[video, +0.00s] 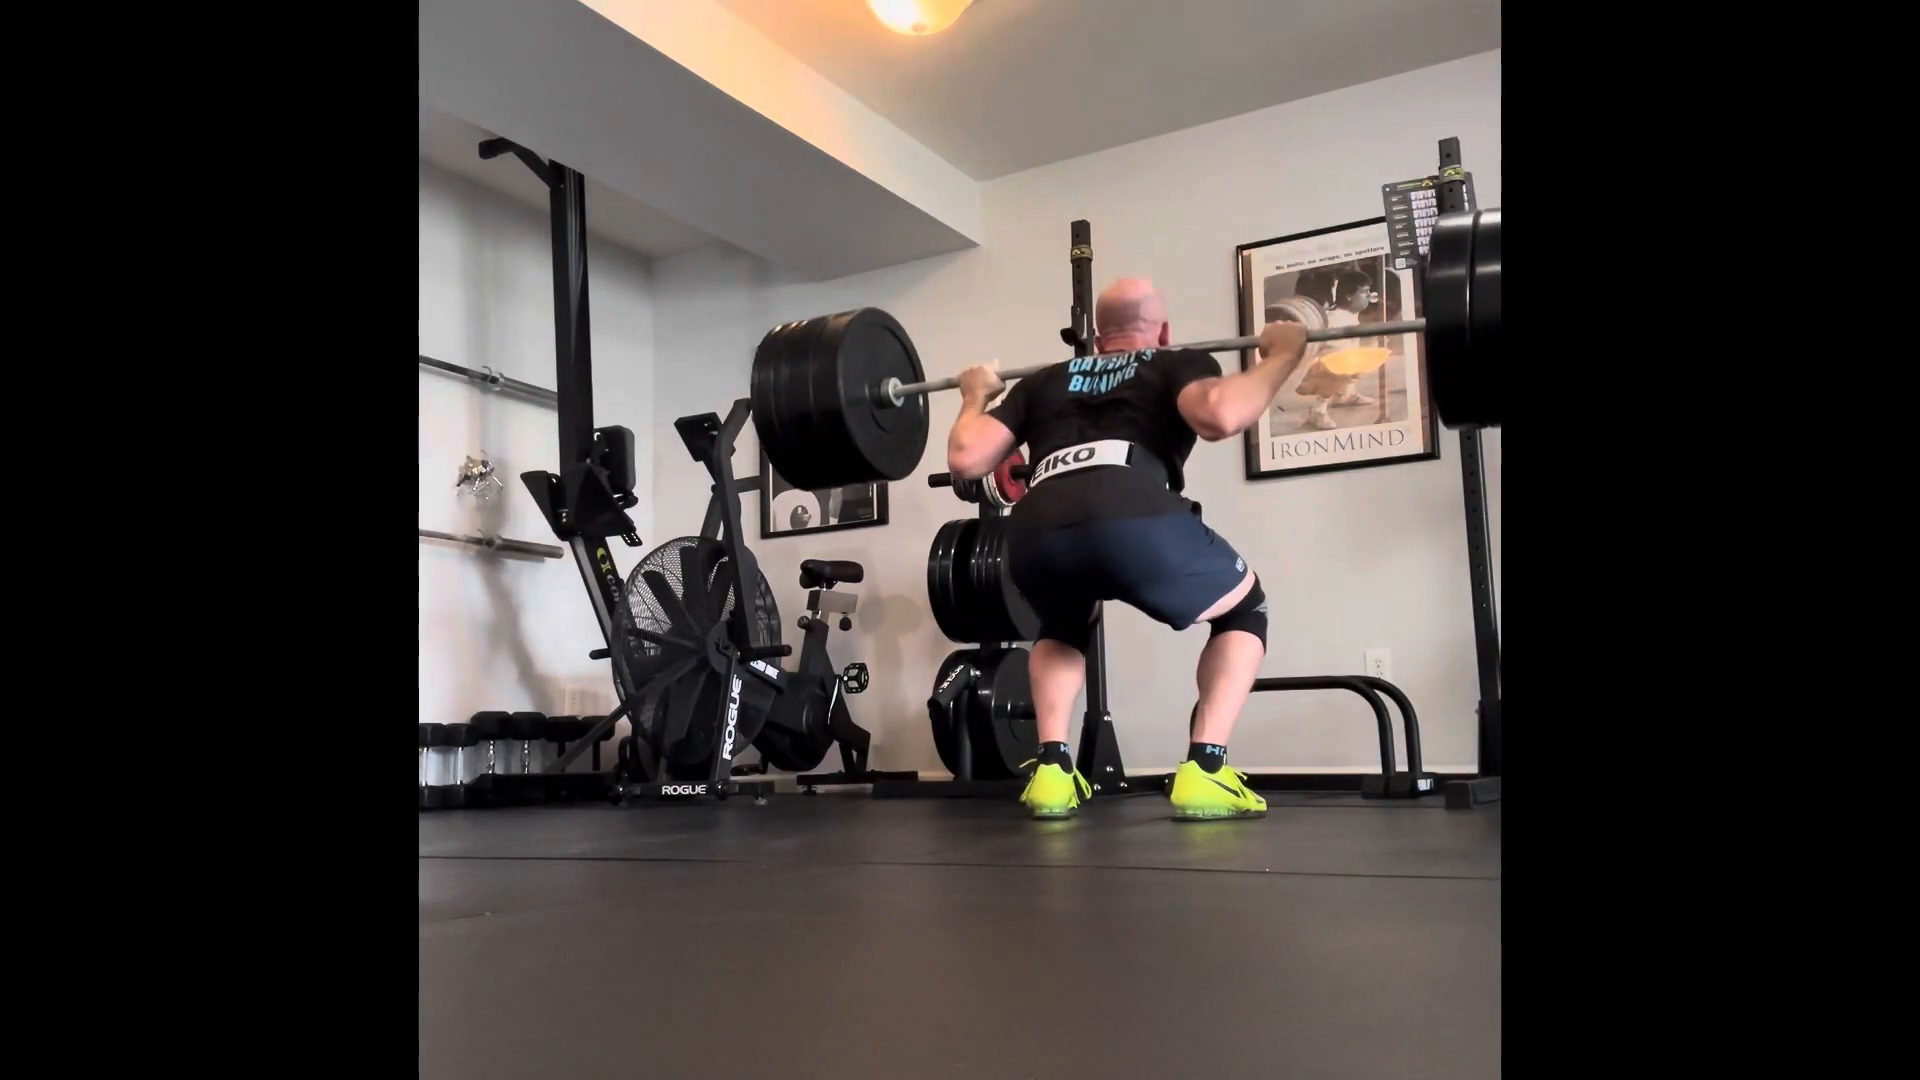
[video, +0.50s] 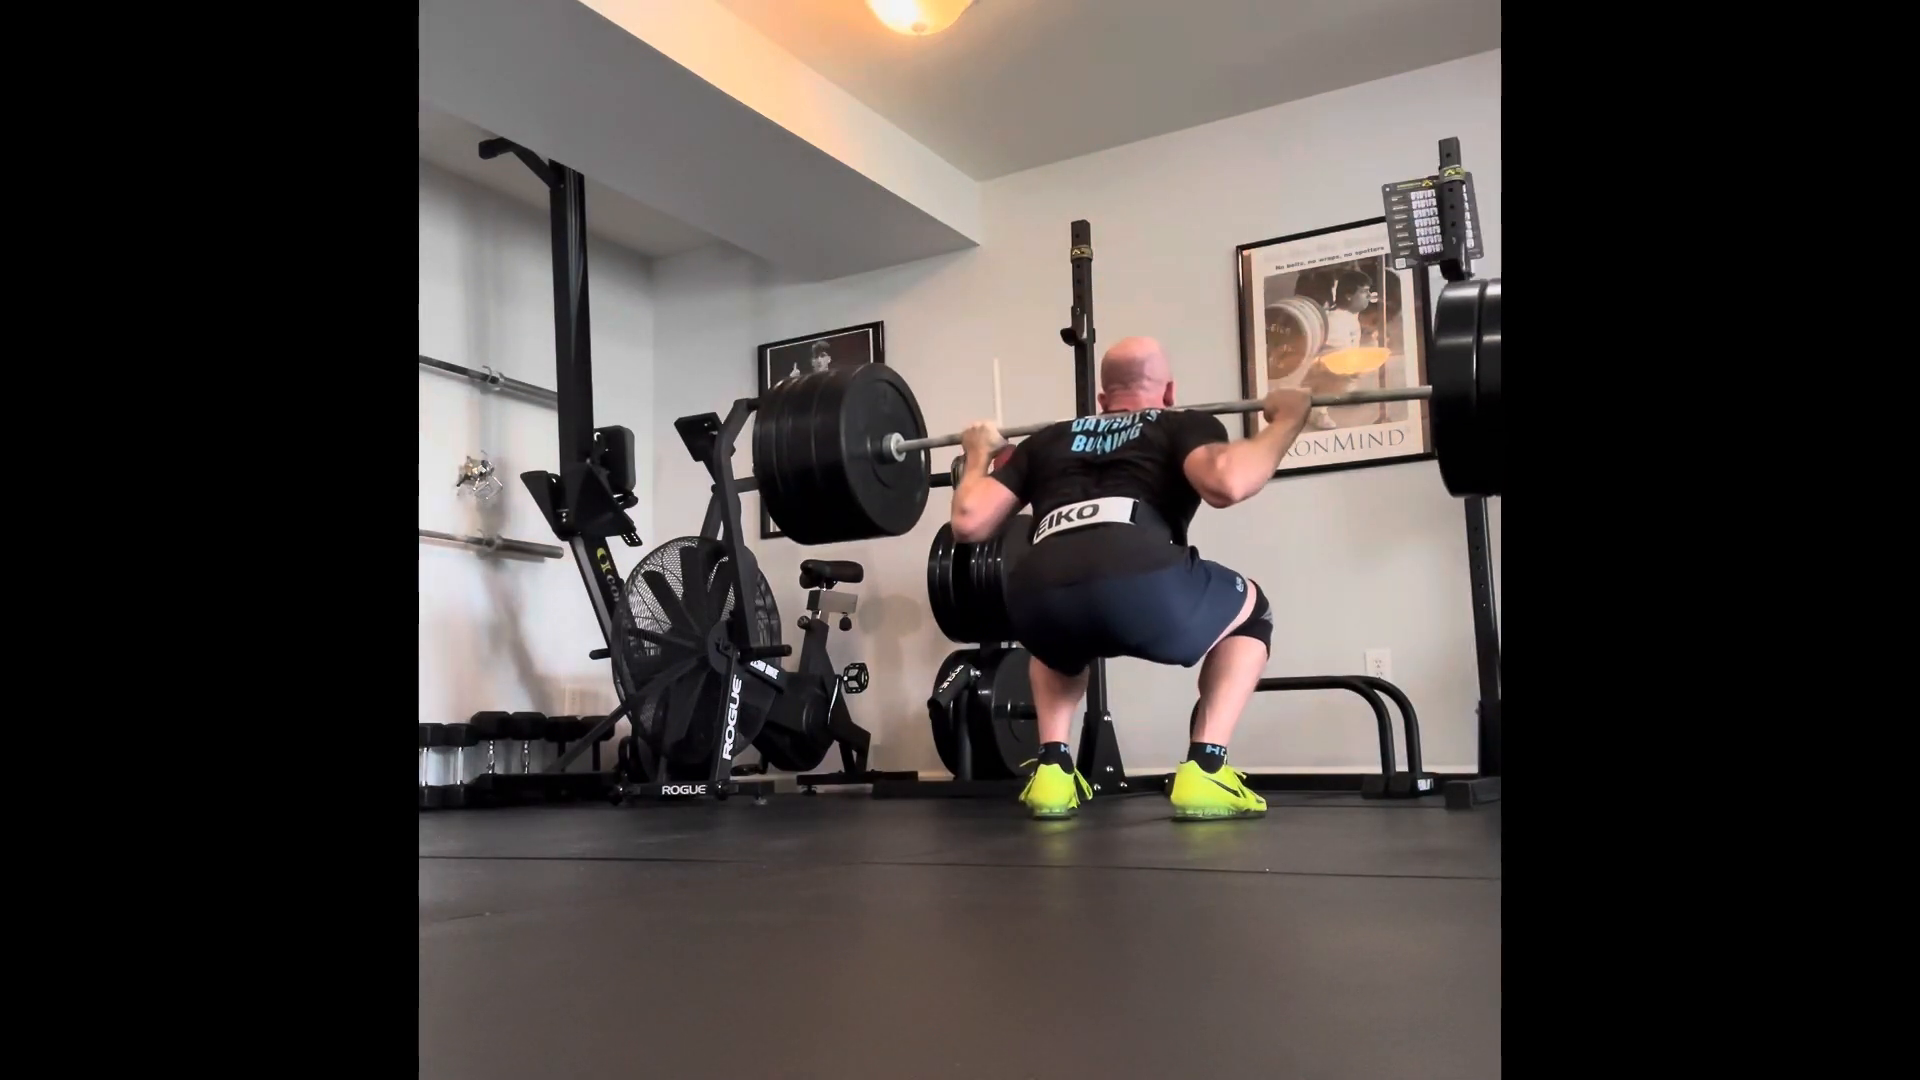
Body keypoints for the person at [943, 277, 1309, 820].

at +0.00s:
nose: (1164, 332)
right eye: (1163, 326)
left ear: (1096, 334)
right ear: (1159, 331)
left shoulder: (1043, 381)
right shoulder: (1174, 363)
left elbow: (965, 459)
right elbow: (1220, 416)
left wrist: (972, 397)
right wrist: (1281, 357)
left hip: (1036, 523)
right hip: (1130, 509)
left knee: (1061, 627)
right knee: (1242, 609)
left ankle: (1051, 768)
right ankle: (1206, 766)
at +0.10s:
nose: (1164, 346)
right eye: (1163, 340)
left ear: (1098, 348)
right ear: (1160, 345)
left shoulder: (1042, 395)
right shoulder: (1174, 377)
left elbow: (965, 475)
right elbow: (1221, 431)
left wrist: (972, 410)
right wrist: (1280, 371)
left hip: (1034, 538)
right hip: (1131, 526)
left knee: (1061, 629)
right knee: (1243, 611)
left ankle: (1051, 769)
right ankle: (1205, 767)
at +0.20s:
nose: (1166, 359)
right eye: (1165, 354)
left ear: (1099, 362)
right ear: (1162, 359)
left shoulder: (1042, 409)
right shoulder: (1177, 391)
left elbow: (965, 489)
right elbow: (1223, 447)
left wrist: (973, 422)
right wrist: (1281, 388)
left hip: (1036, 547)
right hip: (1133, 535)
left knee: (1061, 631)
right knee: (1244, 613)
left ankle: (1052, 769)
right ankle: (1205, 767)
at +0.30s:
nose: (1168, 371)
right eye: (1166, 365)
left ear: (1101, 374)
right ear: (1162, 370)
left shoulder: (1044, 419)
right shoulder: (1178, 402)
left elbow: (966, 501)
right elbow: (1224, 458)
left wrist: (973, 433)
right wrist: (1283, 399)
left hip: (1035, 559)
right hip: (1133, 547)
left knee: (1059, 636)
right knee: (1245, 614)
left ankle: (1052, 769)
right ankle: (1205, 768)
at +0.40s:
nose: (1166, 383)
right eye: (1166, 378)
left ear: (1101, 386)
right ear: (1165, 382)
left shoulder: (1045, 430)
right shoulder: (1180, 413)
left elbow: (968, 512)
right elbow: (1226, 470)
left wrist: (973, 445)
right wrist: (1285, 410)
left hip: (1038, 567)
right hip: (1135, 556)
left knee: (1058, 637)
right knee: (1249, 613)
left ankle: (1052, 768)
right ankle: (1205, 768)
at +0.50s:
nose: (1169, 393)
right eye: (1168, 387)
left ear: (1101, 397)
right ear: (1167, 393)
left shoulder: (1046, 440)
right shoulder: (1181, 423)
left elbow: (968, 521)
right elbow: (1226, 482)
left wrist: (975, 455)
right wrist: (1288, 418)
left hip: (1038, 580)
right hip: (1137, 570)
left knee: (1057, 639)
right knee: (1251, 613)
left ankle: (1052, 769)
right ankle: (1205, 768)